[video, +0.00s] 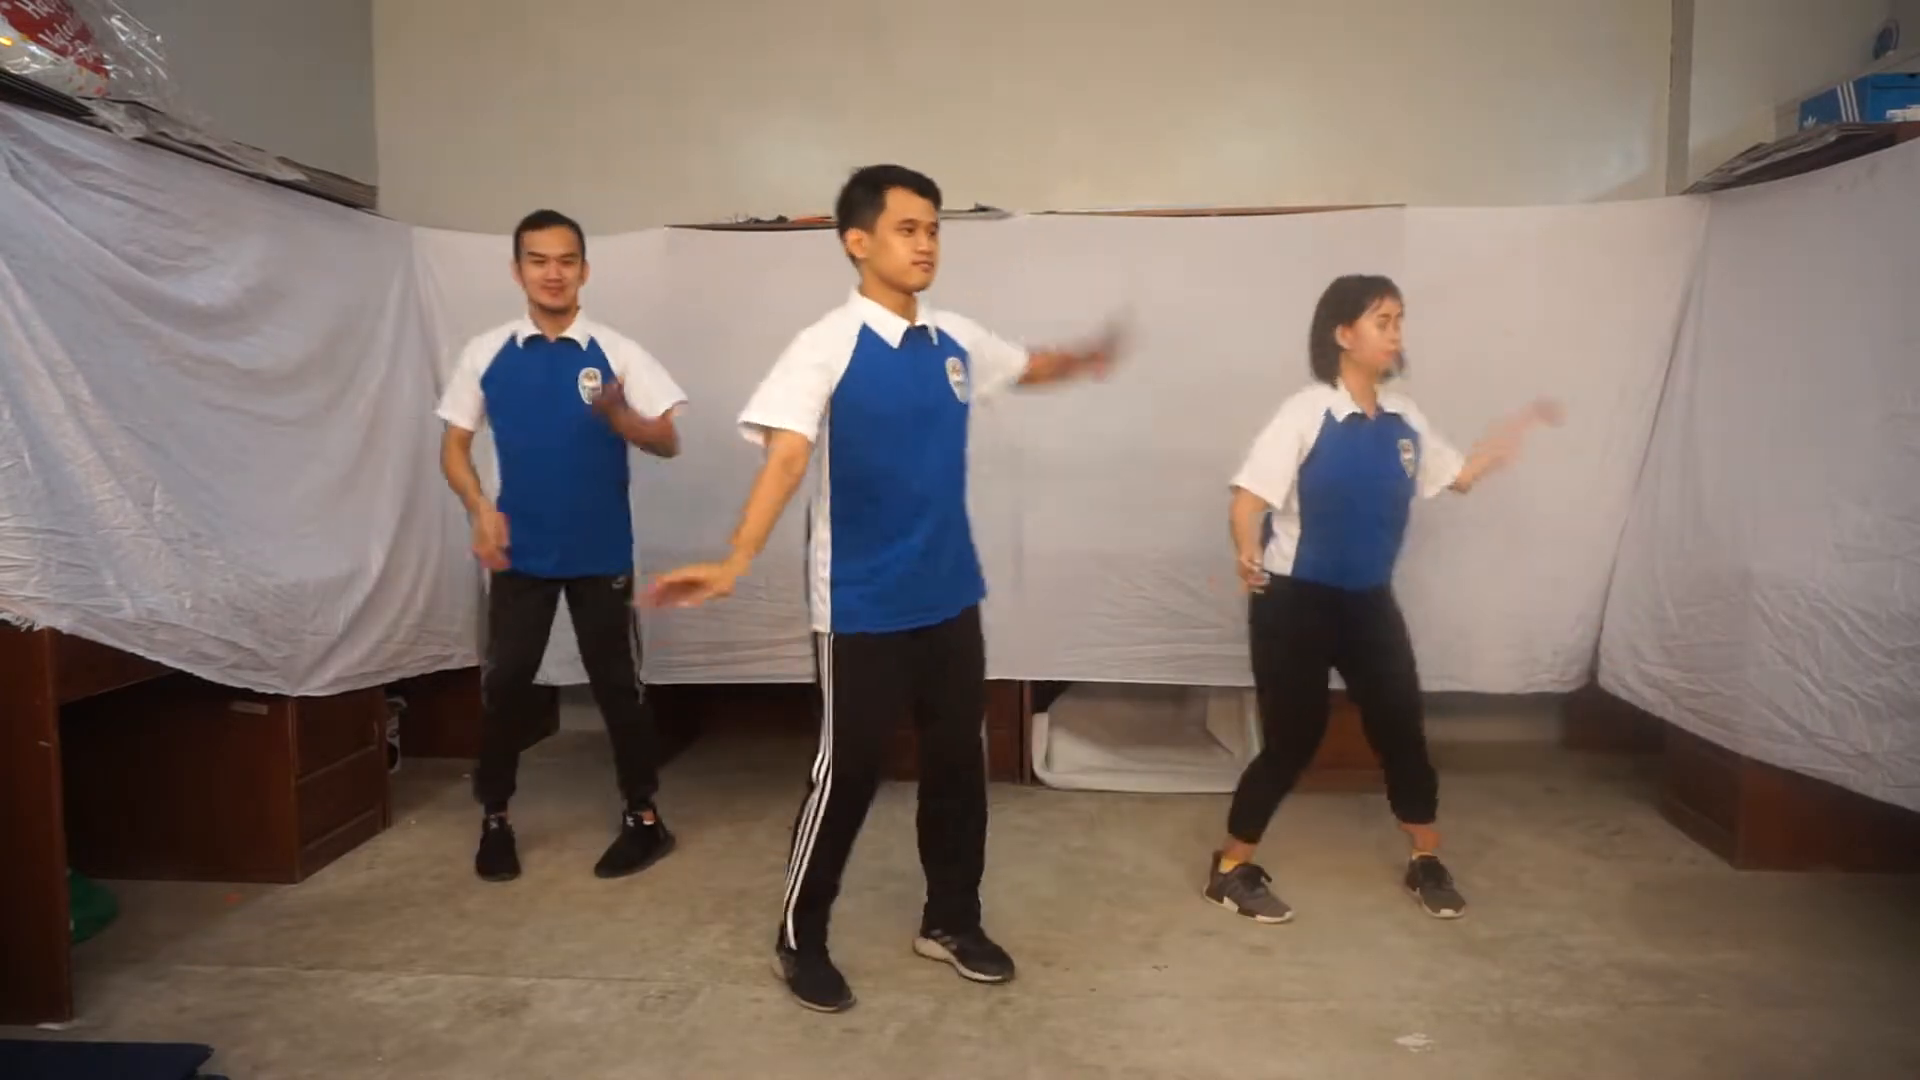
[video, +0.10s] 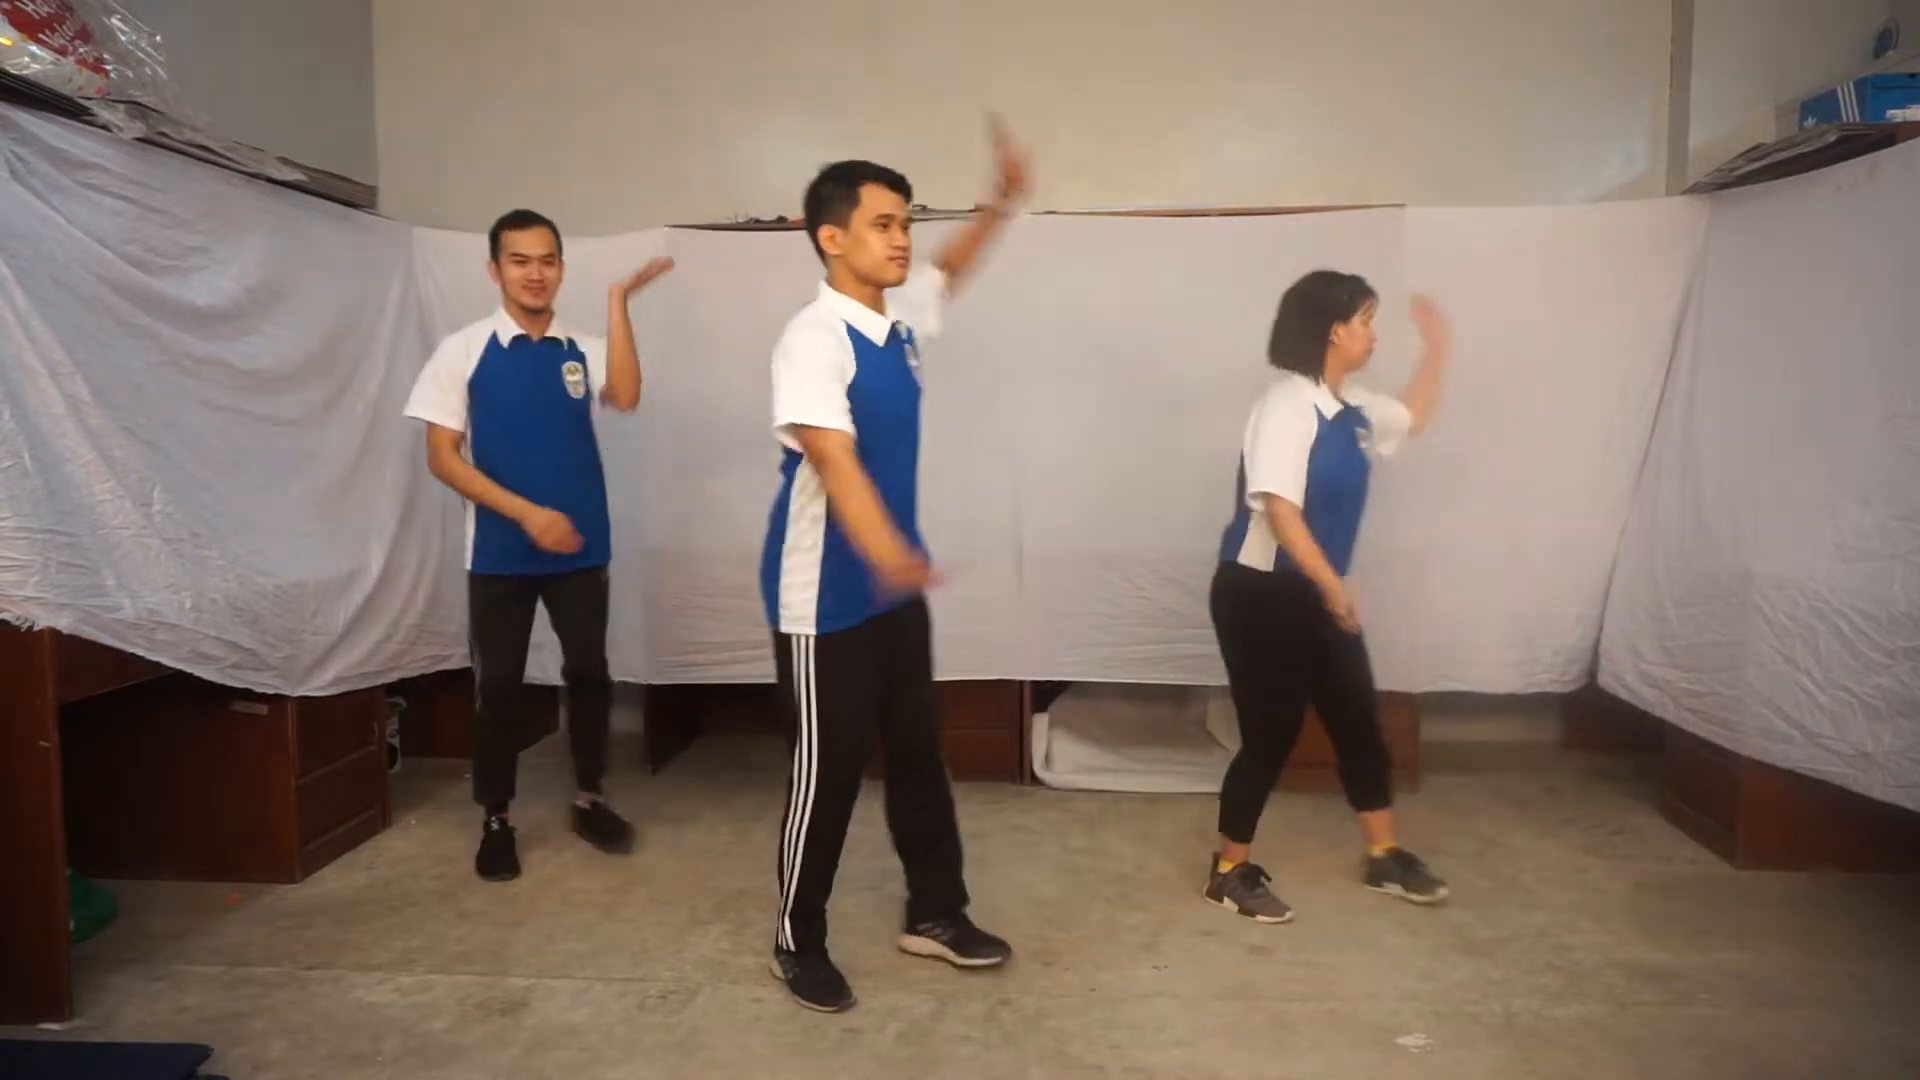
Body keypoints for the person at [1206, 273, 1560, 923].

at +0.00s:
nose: (1397, 334)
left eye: (1399, 323)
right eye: (1384, 323)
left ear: (1395, 334)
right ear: (1343, 334)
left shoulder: (1402, 416)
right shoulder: (1308, 411)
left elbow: (1457, 476)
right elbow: (1249, 495)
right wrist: (1249, 558)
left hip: (1367, 604)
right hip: (1293, 602)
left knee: (1402, 729)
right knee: (1293, 737)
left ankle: (1426, 861)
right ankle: (1233, 865)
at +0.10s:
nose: (1373, 335)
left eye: (1372, 322)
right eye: (1365, 322)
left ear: (1335, 334)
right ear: (1328, 329)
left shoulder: (1351, 406)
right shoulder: (1286, 402)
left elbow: (1411, 418)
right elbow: (1279, 509)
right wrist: (1332, 582)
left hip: (1318, 590)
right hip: (1259, 590)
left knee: (1357, 719)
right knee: (1269, 734)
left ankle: (1383, 853)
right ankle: (1230, 868)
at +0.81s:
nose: (1248, 356)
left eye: (1246, 342)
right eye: (1246, 344)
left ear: (1177, 338)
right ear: (1230, 353)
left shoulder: (1142, 389)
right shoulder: (1241, 430)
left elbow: (1145, 307)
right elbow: (1268, 517)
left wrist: (1139, 220)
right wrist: (1215, 518)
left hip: (1111, 574)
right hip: (1171, 599)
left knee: (1082, 700)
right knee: (1269, 710)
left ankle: (1045, 834)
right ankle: (1261, 859)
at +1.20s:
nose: (1324, 324)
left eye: (1322, 312)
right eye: (1307, 315)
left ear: (1287, 337)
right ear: (1271, 337)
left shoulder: (1275, 388)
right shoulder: (1291, 401)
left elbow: (1305, 445)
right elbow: (1343, 507)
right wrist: (1382, 533)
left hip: (1250, 581)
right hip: (1281, 592)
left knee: (1285, 719)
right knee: (1329, 728)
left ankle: (1166, 799)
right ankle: (1286, 872)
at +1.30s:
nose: (1350, 319)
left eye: (1349, 307)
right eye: (1330, 312)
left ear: (1351, 322)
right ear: (1296, 334)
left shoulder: (1329, 394)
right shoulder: (1311, 400)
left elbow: (1352, 465)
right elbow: (1350, 507)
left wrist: (1414, 473)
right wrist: (1417, 534)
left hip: (1317, 591)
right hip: (1291, 596)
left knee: (1370, 716)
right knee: (1329, 731)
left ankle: (1272, 820)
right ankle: (1286, 869)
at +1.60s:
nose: (1407, 319)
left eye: (1417, 307)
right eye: (1390, 309)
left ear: (1432, 321)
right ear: (1362, 326)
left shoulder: (1454, 402)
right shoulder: (1341, 405)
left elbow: (1524, 469)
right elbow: (1321, 507)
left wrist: (1605, 517)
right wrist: (1412, 521)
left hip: (1451, 590)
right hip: (1373, 597)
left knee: (1488, 724)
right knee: (1396, 734)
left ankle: (1426, 842)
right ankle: (1378, 872)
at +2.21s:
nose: (1501, 362)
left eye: (1505, 349)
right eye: (1499, 349)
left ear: (1531, 349)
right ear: (1563, 334)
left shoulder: (1575, 418)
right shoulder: (1593, 381)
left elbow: (1544, 531)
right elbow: (1553, 343)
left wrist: (1492, 554)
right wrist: (1555, 293)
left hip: (1626, 591)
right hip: (1614, 584)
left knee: (1609, 726)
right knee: (1585, 717)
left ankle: (1605, 875)